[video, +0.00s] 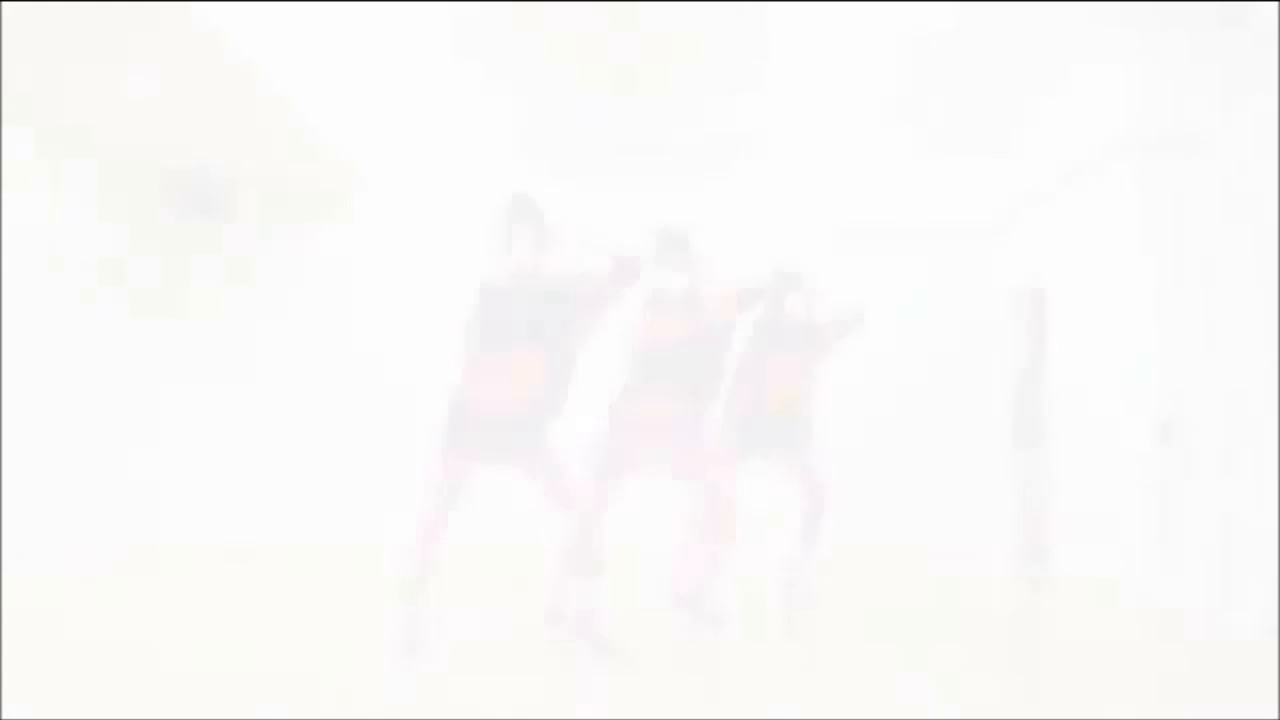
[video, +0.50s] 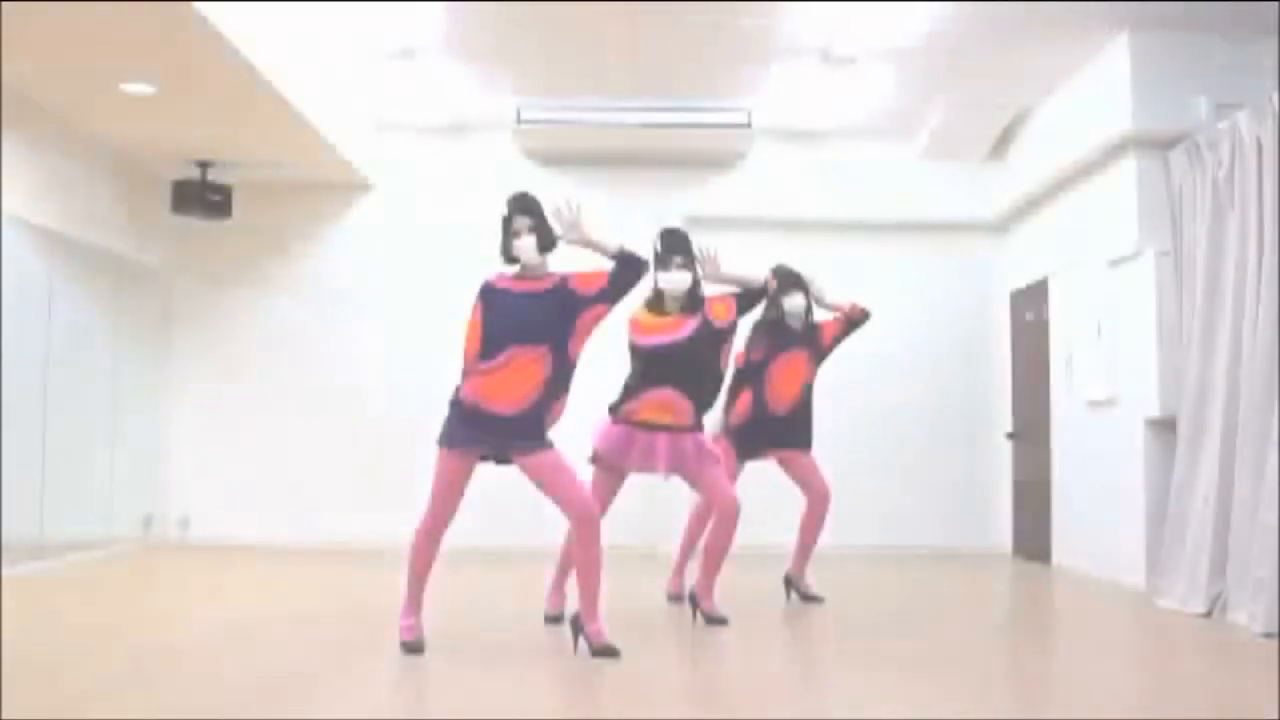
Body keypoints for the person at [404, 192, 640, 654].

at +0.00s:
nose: (524, 254)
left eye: (531, 243)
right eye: (516, 243)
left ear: (544, 246)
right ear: (503, 245)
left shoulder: (561, 298)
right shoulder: (487, 294)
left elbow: (602, 293)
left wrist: (622, 271)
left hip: (527, 430)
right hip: (470, 428)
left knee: (579, 511)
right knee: (435, 518)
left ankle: (571, 604)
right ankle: (410, 612)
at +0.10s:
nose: (523, 243)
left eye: (530, 234)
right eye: (514, 235)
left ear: (544, 239)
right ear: (504, 241)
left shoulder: (569, 296)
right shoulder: (491, 292)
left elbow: (633, 268)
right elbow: (471, 359)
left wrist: (579, 240)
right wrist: (463, 410)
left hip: (524, 429)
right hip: (469, 424)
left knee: (584, 512)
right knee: (435, 519)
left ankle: (589, 624)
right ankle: (411, 623)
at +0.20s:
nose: (522, 240)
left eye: (530, 232)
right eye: (514, 233)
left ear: (545, 237)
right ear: (504, 240)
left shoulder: (567, 290)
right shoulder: (491, 292)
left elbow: (633, 270)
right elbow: (471, 363)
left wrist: (586, 239)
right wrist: (460, 421)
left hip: (524, 427)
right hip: (470, 422)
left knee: (584, 510)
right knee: (437, 516)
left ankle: (590, 620)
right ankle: (412, 614)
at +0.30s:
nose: (524, 240)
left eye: (532, 232)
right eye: (515, 233)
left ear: (547, 237)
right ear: (505, 241)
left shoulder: (569, 291)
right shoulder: (491, 293)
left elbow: (635, 269)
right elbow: (471, 363)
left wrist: (583, 239)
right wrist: (461, 421)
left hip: (524, 428)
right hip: (469, 423)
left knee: (584, 511)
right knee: (438, 516)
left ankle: (590, 617)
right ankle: (411, 612)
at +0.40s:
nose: (526, 240)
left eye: (534, 231)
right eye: (517, 233)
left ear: (549, 237)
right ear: (507, 242)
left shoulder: (571, 293)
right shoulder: (492, 292)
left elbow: (635, 268)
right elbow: (472, 362)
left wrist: (583, 238)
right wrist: (463, 419)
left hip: (526, 429)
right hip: (470, 423)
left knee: (585, 511)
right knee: (438, 517)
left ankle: (590, 617)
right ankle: (411, 613)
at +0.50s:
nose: (524, 240)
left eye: (532, 232)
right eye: (515, 233)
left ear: (548, 238)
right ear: (506, 242)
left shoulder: (571, 292)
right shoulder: (492, 291)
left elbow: (635, 268)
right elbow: (472, 359)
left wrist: (583, 239)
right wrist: (463, 417)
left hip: (526, 429)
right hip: (470, 422)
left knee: (585, 511)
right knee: (437, 517)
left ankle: (590, 619)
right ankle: (411, 615)